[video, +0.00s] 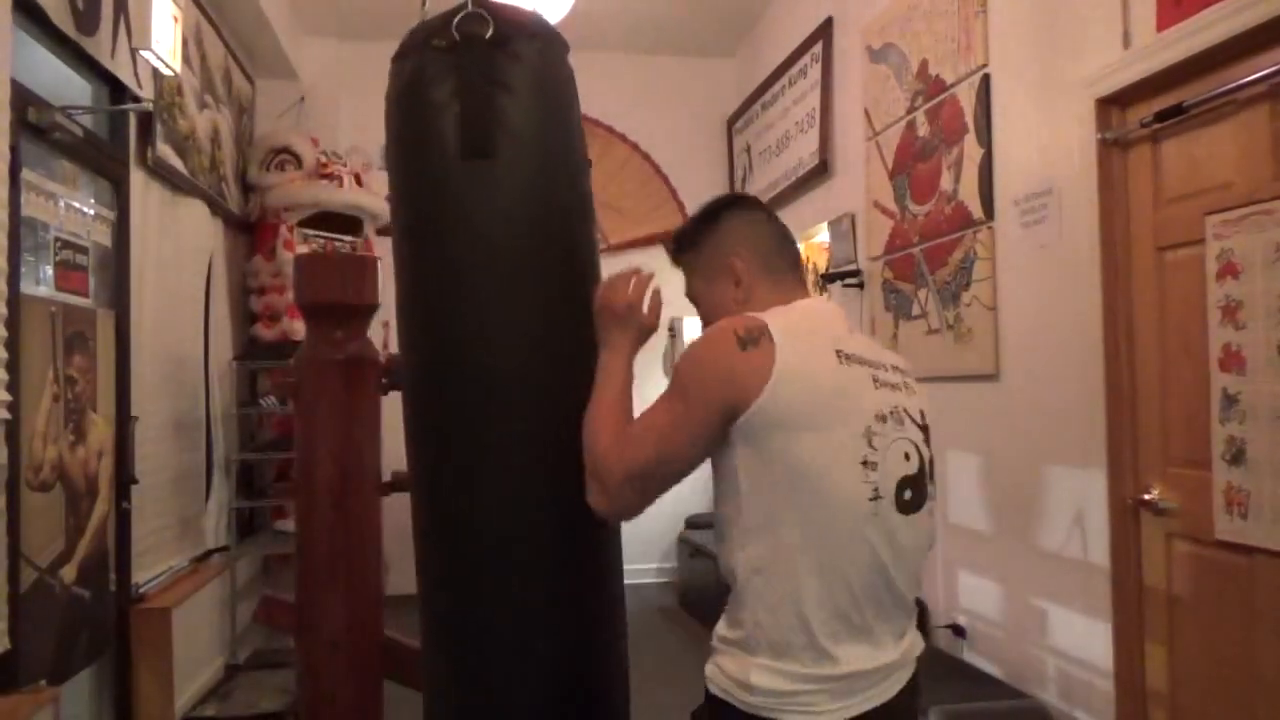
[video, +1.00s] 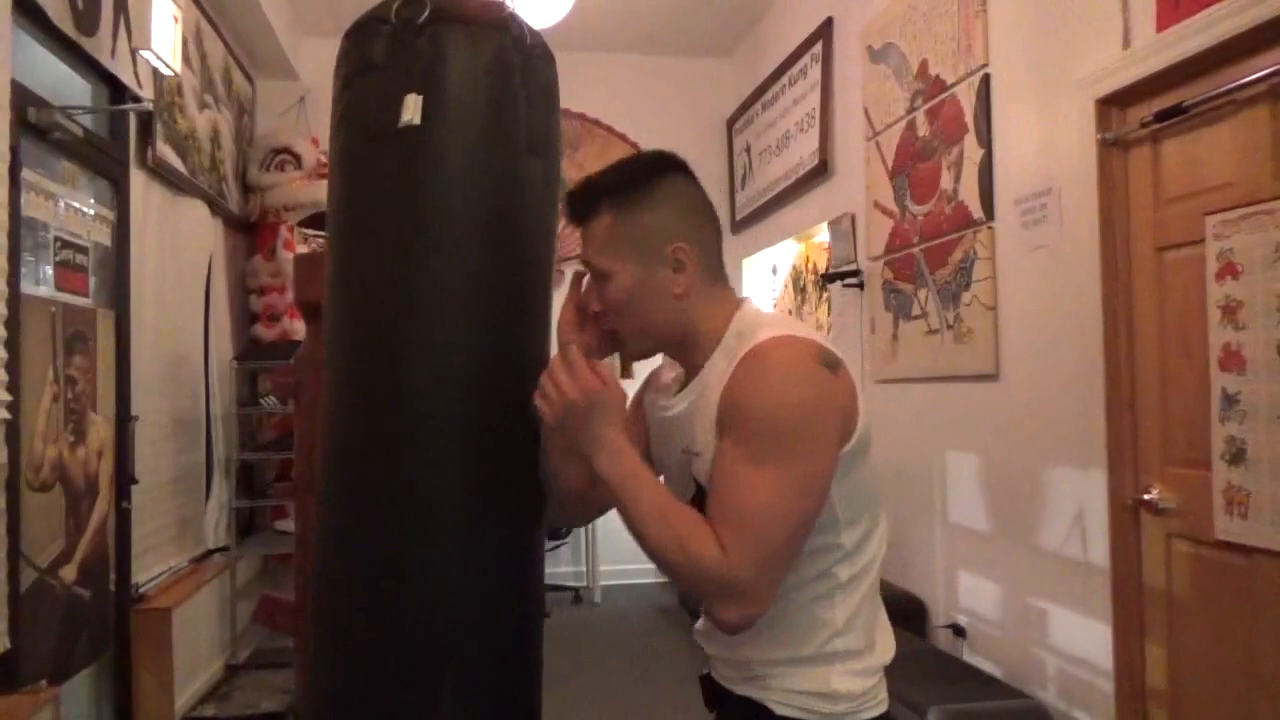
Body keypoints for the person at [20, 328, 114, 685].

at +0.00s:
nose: (70, 391)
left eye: (77, 381)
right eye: (65, 382)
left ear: (91, 384)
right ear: (60, 387)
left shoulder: (105, 432)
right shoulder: (62, 438)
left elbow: (104, 501)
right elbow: (37, 479)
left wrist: (75, 562)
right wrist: (46, 401)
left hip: (103, 552)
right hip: (74, 551)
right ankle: (56, 687)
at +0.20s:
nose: (71, 391)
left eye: (76, 382)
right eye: (65, 383)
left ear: (90, 385)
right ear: (59, 391)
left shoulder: (105, 431)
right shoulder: (62, 441)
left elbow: (105, 502)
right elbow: (37, 481)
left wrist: (75, 563)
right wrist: (46, 401)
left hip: (106, 551)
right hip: (74, 552)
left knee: (104, 632)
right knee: (70, 629)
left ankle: (106, 696)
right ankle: (57, 690)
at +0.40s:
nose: (71, 393)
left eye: (77, 384)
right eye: (66, 386)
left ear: (91, 387)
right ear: (60, 394)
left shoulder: (104, 432)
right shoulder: (62, 441)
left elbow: (104, 502)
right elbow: (37, 481)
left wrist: (75, 562)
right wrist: (45, 401)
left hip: (104, 553)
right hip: (73, 554)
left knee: (104, 635)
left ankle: (106, 697)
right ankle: (57, 692)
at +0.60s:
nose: (70, 394)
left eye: (76, 384)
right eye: (65, 386)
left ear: (90, 386)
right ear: (59, 394)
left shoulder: (105, 432)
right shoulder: (62, 441)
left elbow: (105, 501)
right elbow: (37, 480)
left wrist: (76, 562)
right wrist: (46, 402)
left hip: (105, 553)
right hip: (74, 554)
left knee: (104, 633)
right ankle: (57, 690)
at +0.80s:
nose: (70, 392)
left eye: (75, 382)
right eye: (64, 384)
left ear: (90, 385)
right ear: (60, 391)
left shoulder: (105, 432)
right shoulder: (62, 441)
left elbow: (105, 501)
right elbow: (37, 480)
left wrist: (75, 562)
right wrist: (46, 401)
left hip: (105, 554)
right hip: (74, 554)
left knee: (104, 633)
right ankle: (58, 690)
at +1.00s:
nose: (71, 391)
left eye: (77, 382)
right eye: (65, 382)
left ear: (92, 383)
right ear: (59, 388)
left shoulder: (104, 430)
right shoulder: (62, 438)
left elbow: (105, 499)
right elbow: (37, 480)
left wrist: (76, 561)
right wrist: (45, 402)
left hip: (102, 550)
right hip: (72, 549)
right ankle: (53, 687)